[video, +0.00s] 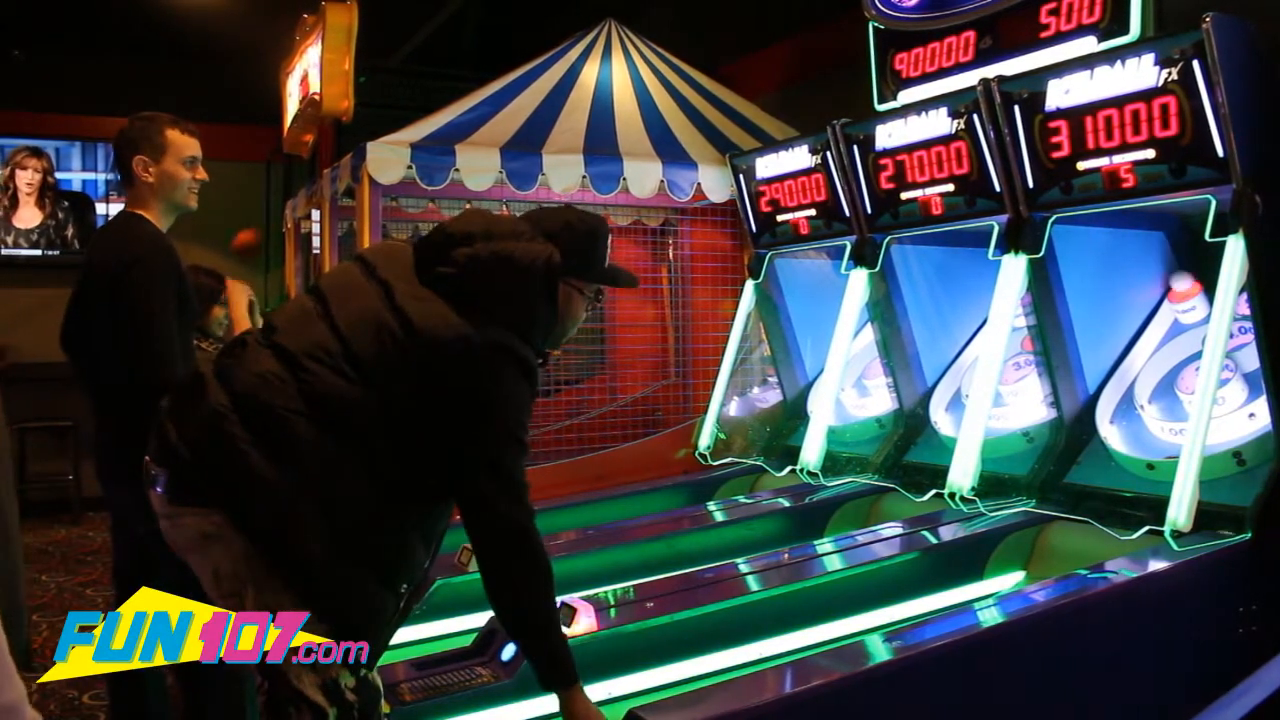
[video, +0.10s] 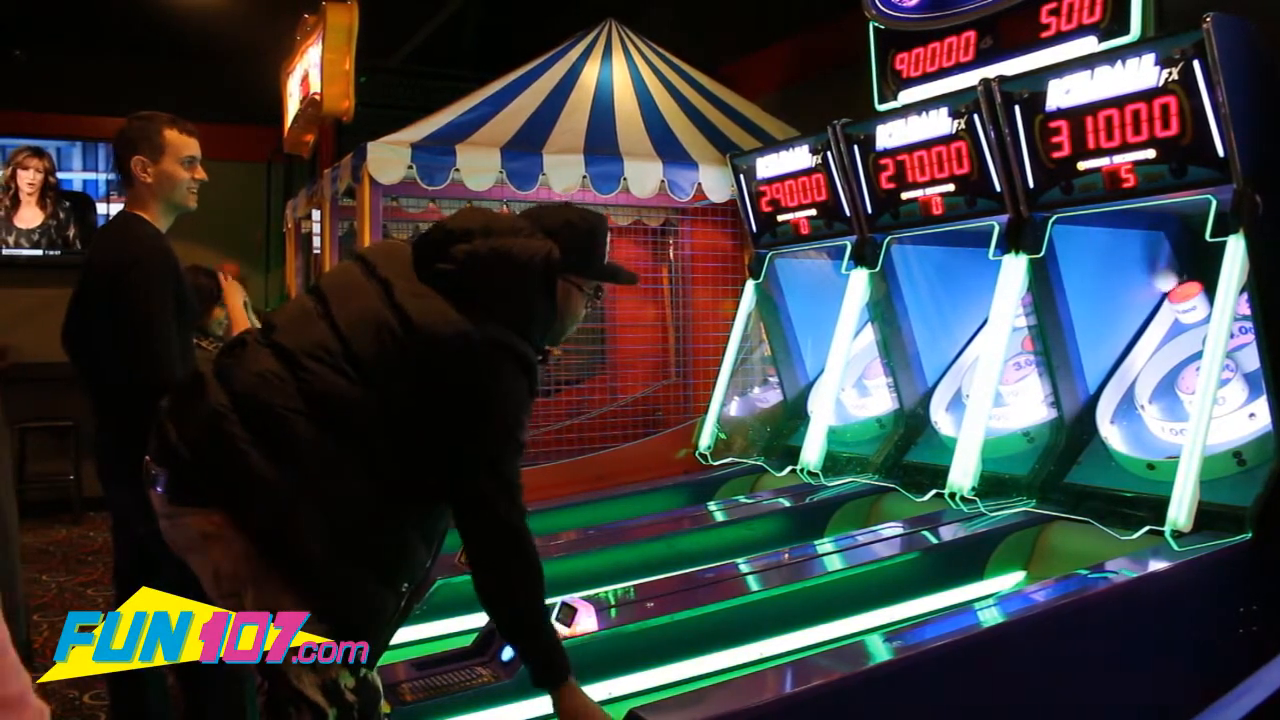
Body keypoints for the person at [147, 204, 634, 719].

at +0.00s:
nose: (587, 314)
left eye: (593, 299)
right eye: (586, 297)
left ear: (515, 254)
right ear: (556, 289)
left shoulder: (400, 259)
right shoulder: (492, 354)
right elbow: (505, 532)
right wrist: (568, 687)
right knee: (334, 693)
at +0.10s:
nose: (587, 310)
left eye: (593, 295)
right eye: (585, 293)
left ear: (516, 253)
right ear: (555, 284)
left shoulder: (399, 259)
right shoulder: (490, 352)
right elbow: (496, 530)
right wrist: (561, 683)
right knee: (331, 692)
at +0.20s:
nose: (587, 304)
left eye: (592, 288)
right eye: (586, 286)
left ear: (513, 247)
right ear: (557, 277)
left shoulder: (400, 258)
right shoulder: (488, 339)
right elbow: (474, 521)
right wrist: (548, 672)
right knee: (324, 697)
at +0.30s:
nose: (583, 297)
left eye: (589, 282)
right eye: (581, 279)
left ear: (515, 251)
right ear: (547, 267)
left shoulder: (397, 258)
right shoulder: (482, 334)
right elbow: (453, 517)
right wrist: (522, 666)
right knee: (318, 693)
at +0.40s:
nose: (581, 295)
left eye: (586, 280)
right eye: (578, 277)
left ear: (514, 251)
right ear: (541, 265)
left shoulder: (402, 257)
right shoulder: (479, 334)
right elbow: (435, 510)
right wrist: (489, 665)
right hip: (244, 504)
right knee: (323, 688)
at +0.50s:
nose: (576, 293)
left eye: (582, 279)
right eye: (574, 276)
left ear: (514, 251)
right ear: (539, 264)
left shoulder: (401, 255)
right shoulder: (475, 332)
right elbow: (417, 505)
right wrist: (447, 662)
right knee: (322, 686)